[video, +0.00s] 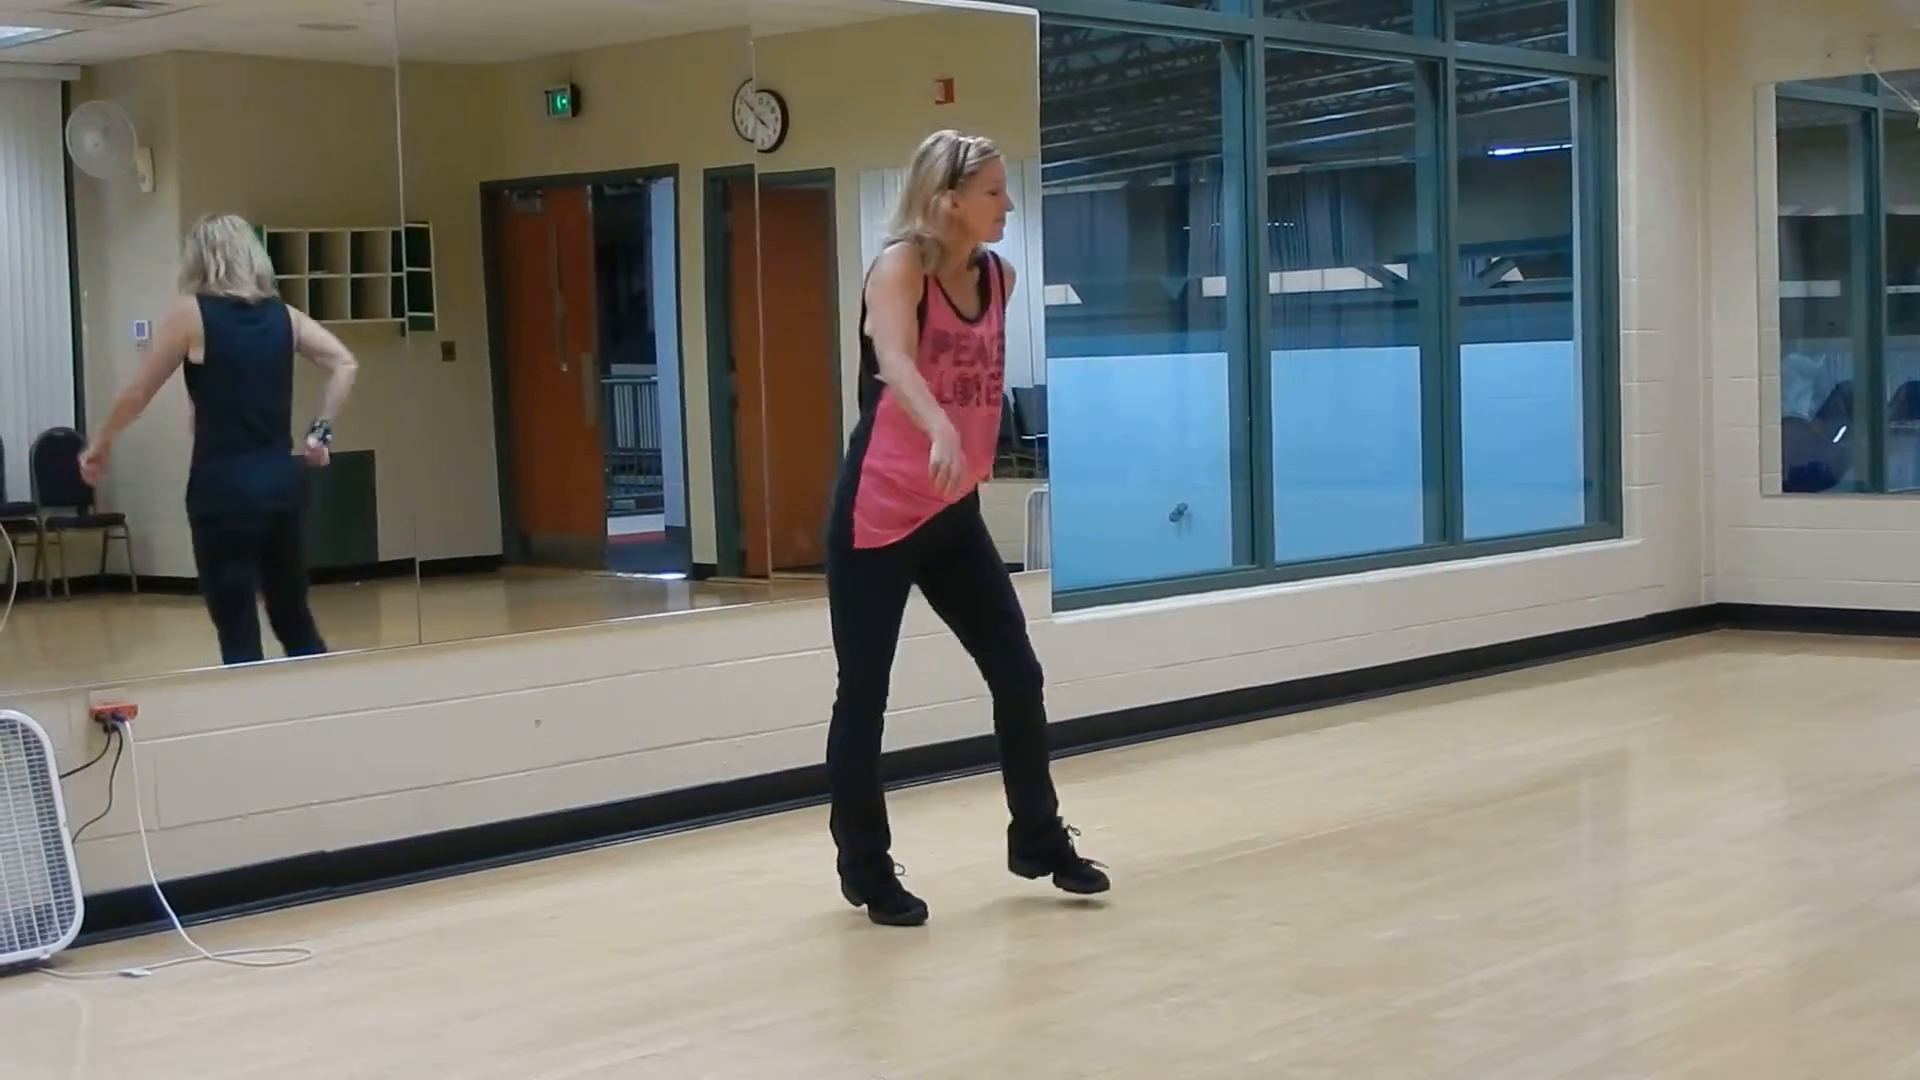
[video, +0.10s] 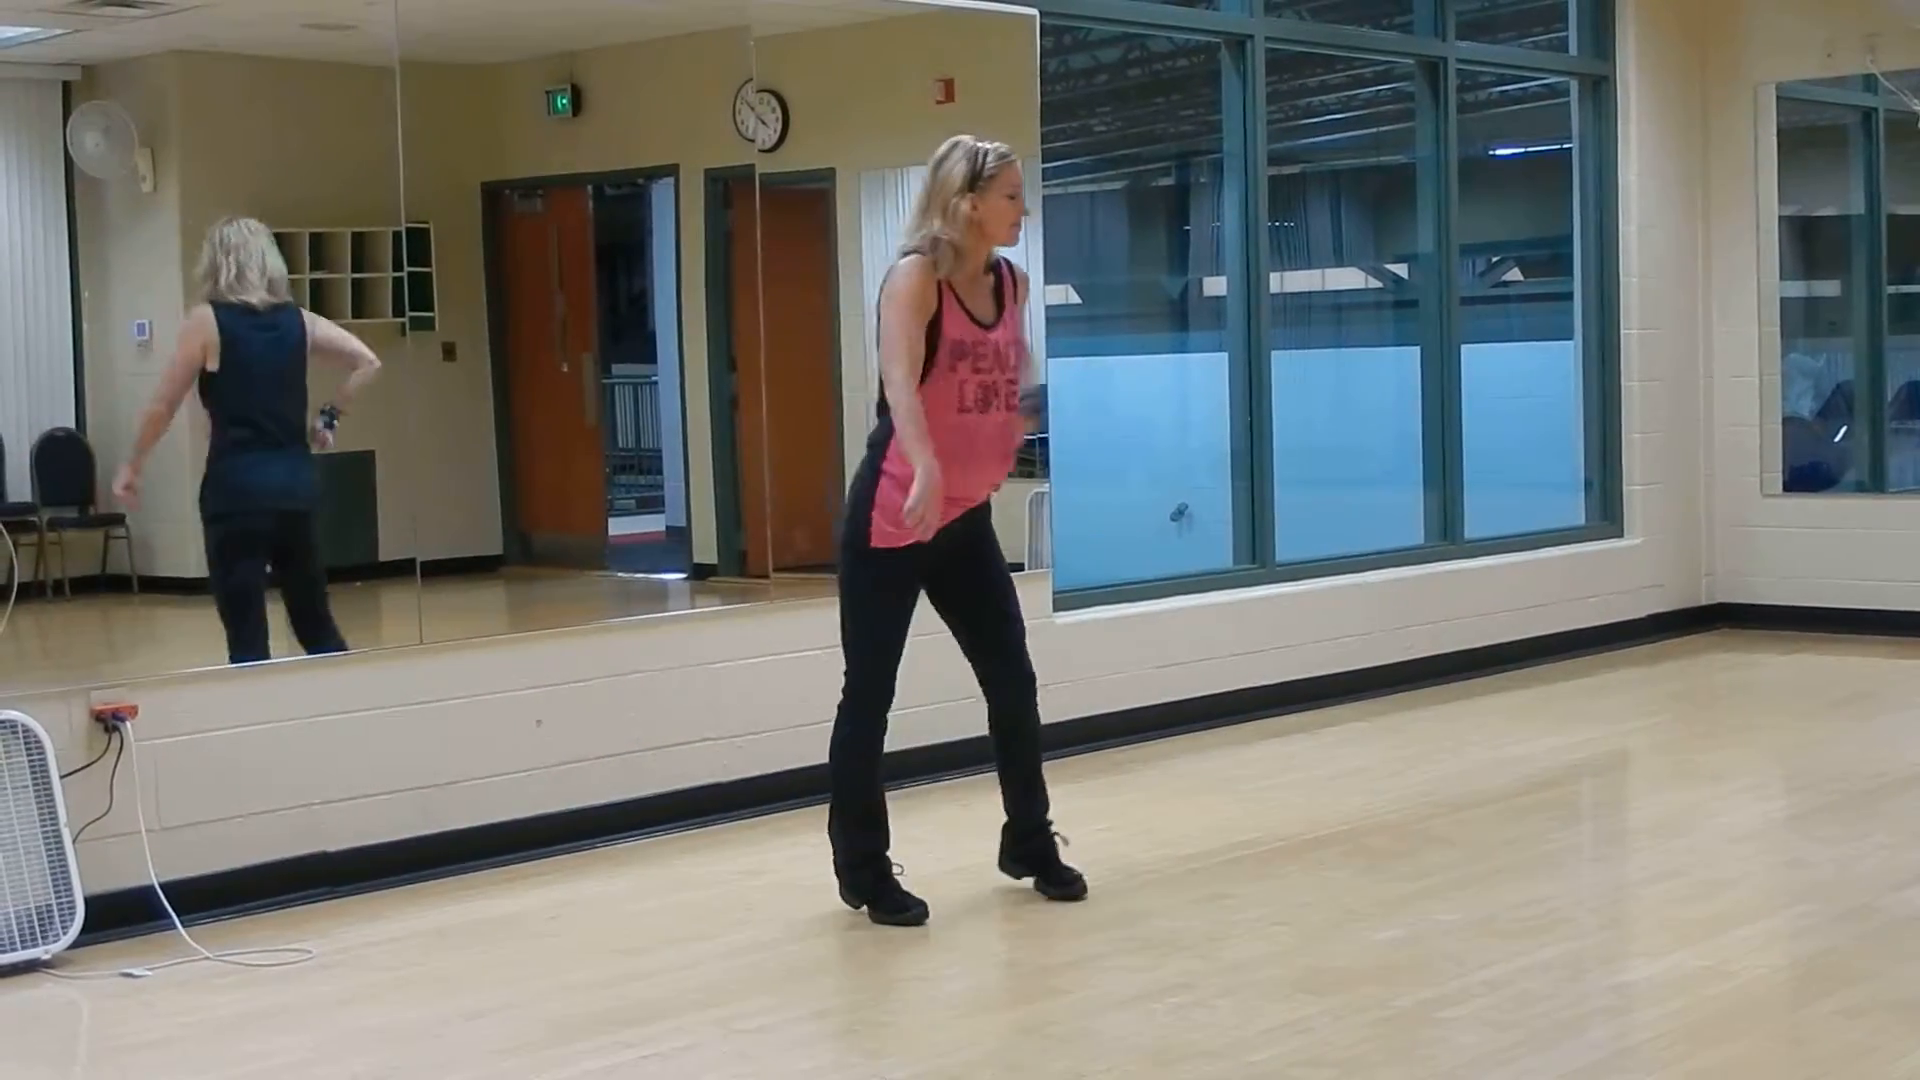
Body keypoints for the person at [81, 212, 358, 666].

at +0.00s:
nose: (189, 263)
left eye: (192, 255)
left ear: (198, 259)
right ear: (253, 258)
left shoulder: (191, 313)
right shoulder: (282, 314)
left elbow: (140, 391)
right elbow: (343, 362)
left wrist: (101, 442)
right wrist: (322, 429)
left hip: (221, 489)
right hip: (282, 482)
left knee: (237, 632)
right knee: (292, 617)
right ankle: (339, 717)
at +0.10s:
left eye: (212, 259)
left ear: (216, 264)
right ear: (270, 263)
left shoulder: (205, 321)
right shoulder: (299, 319)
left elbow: (164, 404)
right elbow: (367, 362)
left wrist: (133, 464)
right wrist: (331, 416)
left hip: (233, 490)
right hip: (295, 485)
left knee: (247, 637)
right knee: (313, 620)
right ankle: (365, 716)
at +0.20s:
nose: (225, 269)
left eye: (229, 260)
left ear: (234, 267)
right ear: (290, 265)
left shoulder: (226, 326)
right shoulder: (315, 325)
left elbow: (201, 407)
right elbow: (374, 375)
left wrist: (178, 480)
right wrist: (327, 395)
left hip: (252, 494)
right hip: (311, 490)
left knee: (248, 635)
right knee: (329, 623)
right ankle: (362, 727)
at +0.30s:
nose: (243, 269)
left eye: (247, 261)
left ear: (255, 266)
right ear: (307, 267)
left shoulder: (248, 322)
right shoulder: (328, 328)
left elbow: (235, 405)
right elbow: (367, 403)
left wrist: (224, 481)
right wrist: (324, 385)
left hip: (278, 493)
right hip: (338, 489)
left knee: (223, 621)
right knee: (341, 626)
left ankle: (255, 726)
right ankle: (369, 726)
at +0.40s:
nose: (257, 272)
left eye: (262, 264)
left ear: (271, 270)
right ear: (322, 274)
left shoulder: (264, 321)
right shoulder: (336, 334)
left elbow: (263, 392)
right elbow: (338, 417)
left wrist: (257, 469)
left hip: (300, 494)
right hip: (354, 493)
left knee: (211, 599)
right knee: (343, 628)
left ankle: (255, 708)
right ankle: (365, 725)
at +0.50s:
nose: (272, 278)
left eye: (277, 270)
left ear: (282, 275)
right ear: (335, 281)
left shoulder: (277, 324)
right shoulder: (338, 339)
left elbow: (281, 395)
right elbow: (336, 424)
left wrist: (280, 472)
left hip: (314, 502)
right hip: (363, 502)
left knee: (217, 592)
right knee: (336, 632)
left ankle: (274, 694)